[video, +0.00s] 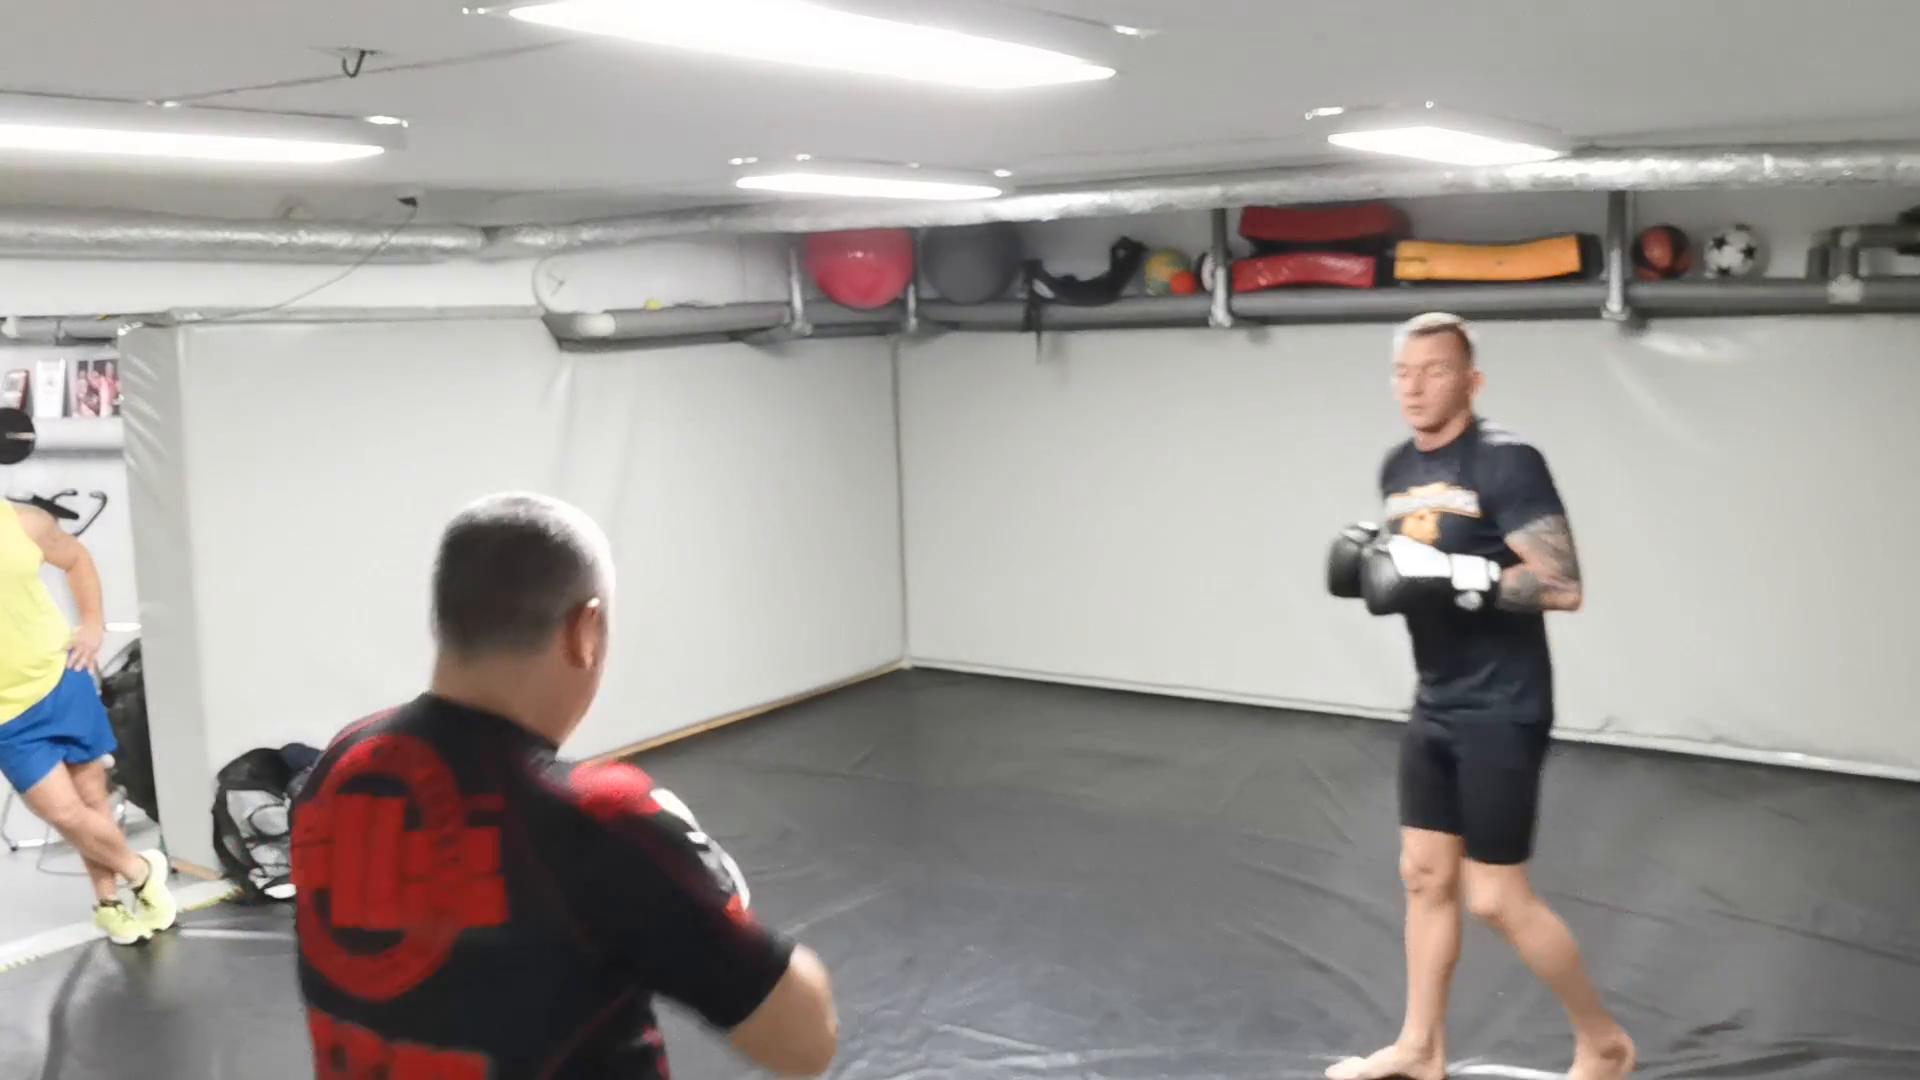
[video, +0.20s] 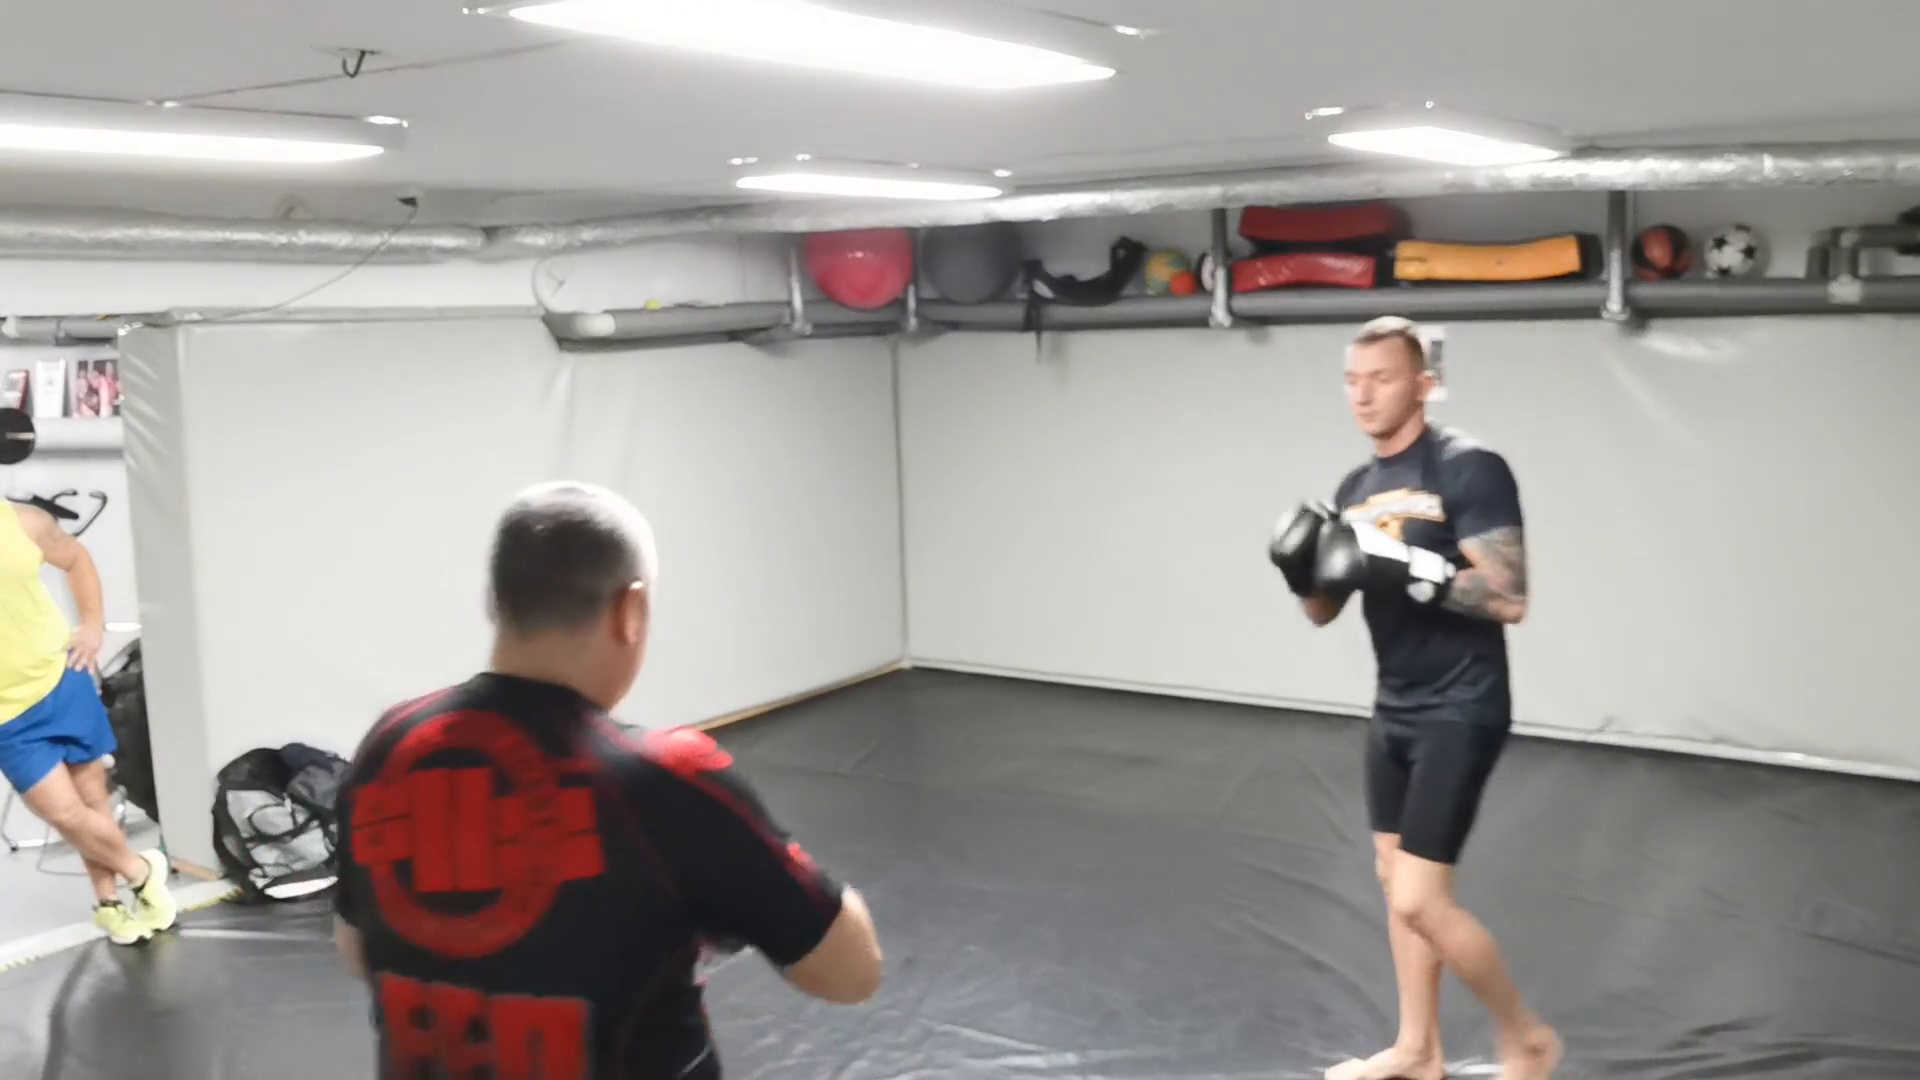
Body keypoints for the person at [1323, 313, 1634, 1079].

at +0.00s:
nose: (1413, 387)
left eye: (1431, 371)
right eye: (1403, 373)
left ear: (1471, 379)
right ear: (1394, 381)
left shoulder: (1510, 464)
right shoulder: (1399, 469)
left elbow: (1564, 587)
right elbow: (1414, 565)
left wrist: (1459, 573)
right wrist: (1368, 563)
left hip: (1505, 706)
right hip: (1434, 702)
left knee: (1497, 894)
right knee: (1425, 877)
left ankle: (1604, 1041)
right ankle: (1420, 1047)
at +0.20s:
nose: (1362, 395)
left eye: (1378, 380)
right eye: (1354, 381)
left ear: (1423, 386)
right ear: (1348, 389)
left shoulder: (1472, 470)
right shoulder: (1358, 485)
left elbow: (1509, 599)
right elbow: (1323, 609)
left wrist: (1418, 570)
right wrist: (1305, 565)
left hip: (1464, 707)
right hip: (1394, 705)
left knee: (1421, 897)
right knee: (1395, 884)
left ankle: (1527, 1038)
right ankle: (1417, 1049)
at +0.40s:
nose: (1327, 405)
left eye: (1343, 389)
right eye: (1319, 391)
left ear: (1387, 391)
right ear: (1314, 397)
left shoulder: (1439, 473)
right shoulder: (1324, 486)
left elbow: (1468, 607)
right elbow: (1286, 609)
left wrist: (1380, 550)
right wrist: (1272, 534)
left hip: (1430, 711)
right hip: (1366, 710)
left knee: (1381, 907)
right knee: (1396, 897)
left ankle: (1393, 1065)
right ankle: (1420, 1053)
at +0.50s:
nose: (1311, 415)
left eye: (1327, 398)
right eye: (1303, 401)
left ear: (1372, 399)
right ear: (1297, 406)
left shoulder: (1423, 484)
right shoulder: (1314, 492)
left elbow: (1444, 618)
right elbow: (1266, 608)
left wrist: (1358, 556)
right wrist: (1257, 527)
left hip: (1413, 724)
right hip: (1354, 721)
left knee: (1367, 919)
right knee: (1393, 900)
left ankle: (1359, 1071)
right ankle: (1418, 1055)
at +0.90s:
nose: (1257, 430)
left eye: (1273, 412)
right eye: (1250, 412)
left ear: (1324, 409)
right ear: (1248, 410)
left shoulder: (1360, 498)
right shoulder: (1277, 479)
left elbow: (1309, 637)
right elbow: (1218, 591)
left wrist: (1254, 552)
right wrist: (1202, 517)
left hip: (1354, 743)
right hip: (1309, 732)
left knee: (1326, 948)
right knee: (1287, 894)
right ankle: (1382, 1068)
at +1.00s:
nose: (1247, 434)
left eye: (1262, 415)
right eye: (1241, 415)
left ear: (1314, 410)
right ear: (1240, 413)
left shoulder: (1350, 498)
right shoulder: (1268, 481)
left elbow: (1308, 641)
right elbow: (1201, 590)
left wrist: (1245, 551)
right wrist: (1200, 506)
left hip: (1342, 748)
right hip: (1301, 737)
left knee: (1303, 951)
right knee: (1302, 921)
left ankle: (1338, 1079)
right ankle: (1366, 1070)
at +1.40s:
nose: (1210, 452)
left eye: (1224, 433)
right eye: (1203, 434)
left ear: (1277, 425)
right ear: (1201, 432)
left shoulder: (1318, 505)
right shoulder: (1241, 507)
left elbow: (1283, 647)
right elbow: (1173, 623)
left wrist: (1220, 567)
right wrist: (1154, 537)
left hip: (1332, 765)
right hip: (1290, 758)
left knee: (1281, 979)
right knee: (1301, 930)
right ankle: (1361, 1070)